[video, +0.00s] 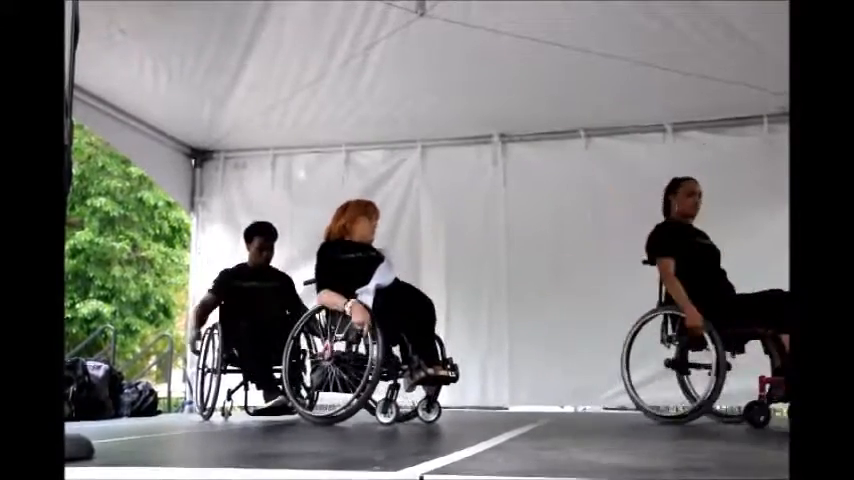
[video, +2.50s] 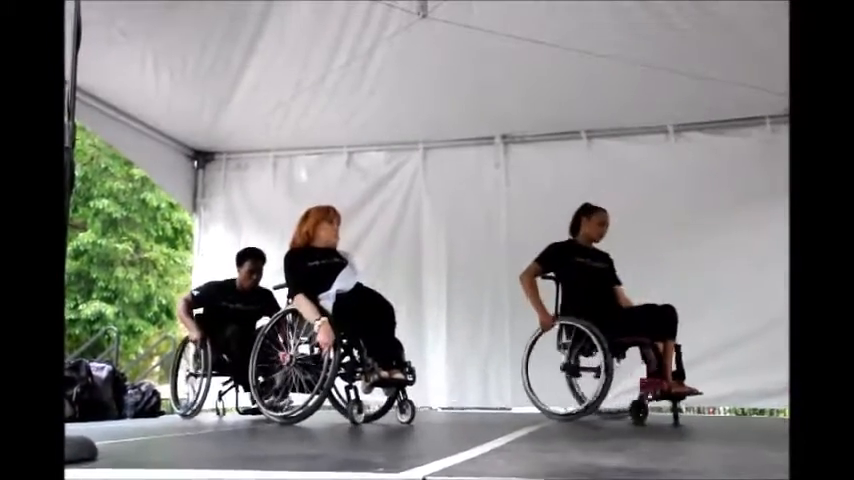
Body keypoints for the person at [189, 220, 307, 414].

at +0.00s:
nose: (266, 254)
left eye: (269, 249)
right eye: (261, 249)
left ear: (274, 249)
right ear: (248, 246)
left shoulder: (282, 280)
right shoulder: (230, 277)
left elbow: (300, 312)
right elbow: (206, 305)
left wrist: (321, 332)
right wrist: (195, 330)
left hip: (275, 340)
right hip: (242, 341)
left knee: (293, 338)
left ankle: (293, 394)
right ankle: (271, 393)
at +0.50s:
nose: (261, 250)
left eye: (264, 245)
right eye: (255, 245)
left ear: (268, 246)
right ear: (242, 244)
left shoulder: (279, 280)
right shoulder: (226, 278)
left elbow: (300, 309)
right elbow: (204, 308)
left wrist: (310, 326)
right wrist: (207, 333)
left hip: (273, 339)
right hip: (239, 341)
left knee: (291, 327)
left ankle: (291, 392)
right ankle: (271, 393)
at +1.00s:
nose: (258, 255)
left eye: (261, 249)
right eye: (252, 249)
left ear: (263, 250)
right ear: (238, 248)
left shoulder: (269, 282)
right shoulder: (218, 281)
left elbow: (295, 310)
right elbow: (191, 313)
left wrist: (323, 332)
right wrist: (163, 343)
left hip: (262, 343)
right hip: (230, 346)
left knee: (282, 324)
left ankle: (286, 392)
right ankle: (266, 393)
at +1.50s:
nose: (248, 261)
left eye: (252, 256)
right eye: (243, 255)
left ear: (255, 255)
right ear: (231, 253)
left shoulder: (262, 280)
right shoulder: (214, 280)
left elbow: (299, 274)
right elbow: (181, 283)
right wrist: (185, 254)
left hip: (255, 342)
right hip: (223, 346)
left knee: (273, 325)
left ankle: (277, 392)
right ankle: (257, 393)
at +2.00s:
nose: (248, 266)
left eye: (252, 261)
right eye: (244, 261)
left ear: (255, 262)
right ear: (232, 259)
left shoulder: (259, 291)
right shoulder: (214, 287)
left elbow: (282, 319)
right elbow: (186, 310)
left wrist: (289, 344)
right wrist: (193, 332)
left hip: (249, 346)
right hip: (216, 348)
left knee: (273, 331)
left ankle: (272, 394)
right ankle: (256, 395)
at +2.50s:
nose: (256, 277)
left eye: (259, 272)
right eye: (251, 272)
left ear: (263, 271)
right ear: (239, 269)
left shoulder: (264, 297)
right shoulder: (216, 290)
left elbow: (281, 323)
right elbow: (184, 305)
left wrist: (285, 347)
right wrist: (193, 329)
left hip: (247, 349)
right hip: (215, 349)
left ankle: (274, 393)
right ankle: (258, 394)